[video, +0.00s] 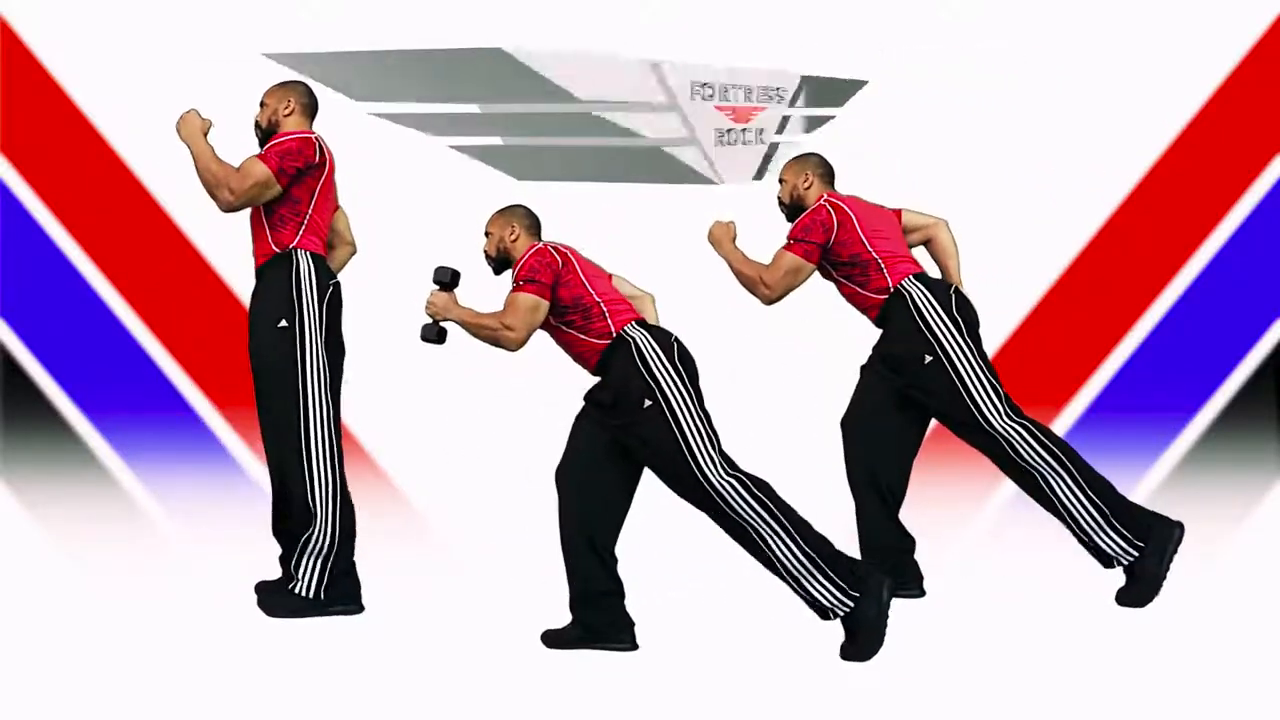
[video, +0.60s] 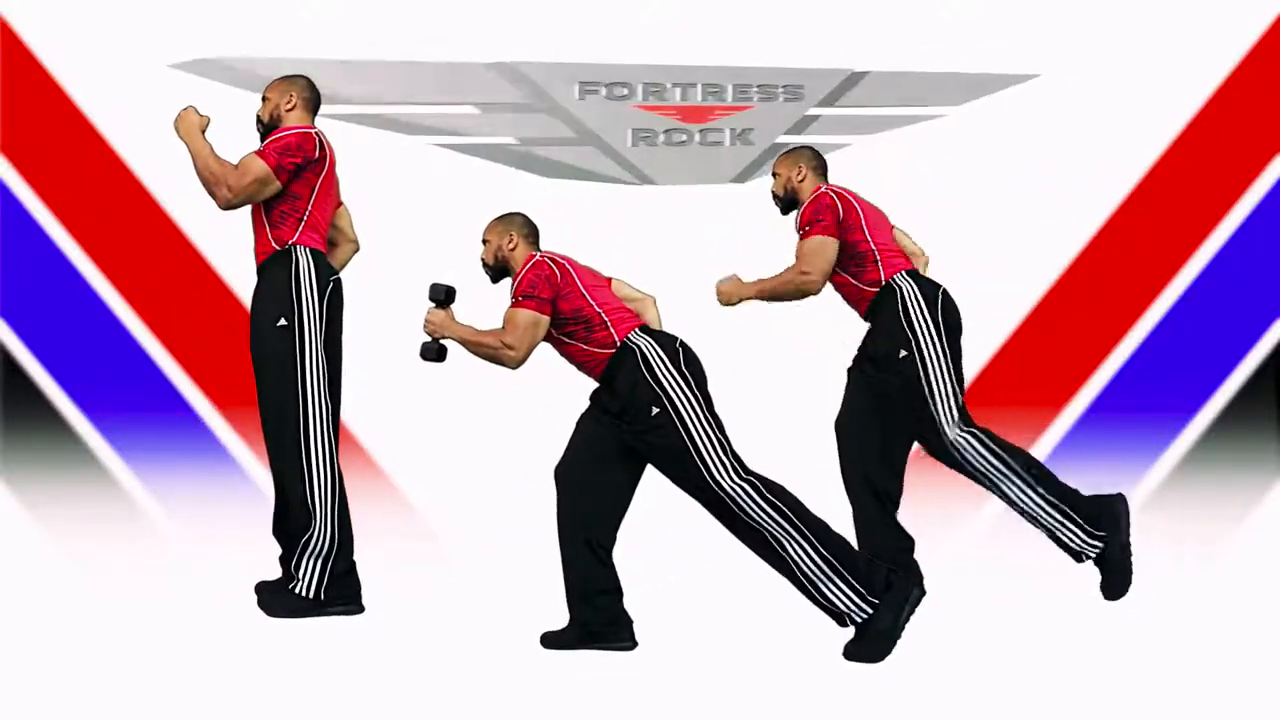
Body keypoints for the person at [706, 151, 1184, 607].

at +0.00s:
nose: (777, 192)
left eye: (784, 182)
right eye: (778, 184)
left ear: (812, 183)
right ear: (817, 186)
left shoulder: (821, 216)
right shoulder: (858, 211)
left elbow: (769, 286)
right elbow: (934, 228)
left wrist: (726, 249)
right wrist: (953, 294)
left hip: (923, 313)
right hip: (910, 323)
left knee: (1004, 433)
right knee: (866, 435)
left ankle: (1141, 537)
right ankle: (892, 566)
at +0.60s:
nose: (772, 186)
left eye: (777, 176)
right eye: (771, 178)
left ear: (803, 173)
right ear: (810, 175)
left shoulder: (822, 203)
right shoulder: (847, 206)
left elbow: (808, 277)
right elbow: (914, 253)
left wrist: (747, 289)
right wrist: (908, 314)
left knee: (949, 433)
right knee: (860, 438)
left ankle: (1092, 526)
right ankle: (890, 575)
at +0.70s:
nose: (775, 178)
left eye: (779, 168)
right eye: (774, 171)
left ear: (804, 163)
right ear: (806, 165)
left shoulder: (830, 188)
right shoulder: (831, 207)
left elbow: (858, 252)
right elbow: (874, 285)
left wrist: (803, 304)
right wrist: (828, 319)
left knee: (885, 423)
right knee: (860, 432)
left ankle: (1008, 508)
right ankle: (890, 570)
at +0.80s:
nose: (781, 167)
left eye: (785, 157)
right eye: (780, 160)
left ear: (810, 152)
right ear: (812, 155)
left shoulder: (842, 176)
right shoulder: (830, 212)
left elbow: (892, 221)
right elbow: (840, 287)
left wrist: (877, 295)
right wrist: (780, 284)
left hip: (904, 286)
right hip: (899, 299)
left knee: (815, 371)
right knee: (881, 430)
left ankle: (882, 491)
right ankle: (892, 573)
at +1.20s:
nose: (793, 153)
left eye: (798, 143)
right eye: (792, 146)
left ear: (822, 139)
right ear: (822, 143)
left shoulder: (854, 161)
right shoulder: (837, 203)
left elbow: (926, 192)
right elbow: (795, 258)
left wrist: (957, 263)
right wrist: (748, 225)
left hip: (897, 277)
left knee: (776, 294)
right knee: (873, 435)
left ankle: (789, 424)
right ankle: (890, 564)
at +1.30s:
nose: (793, 153)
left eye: (798, 143)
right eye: (793, 146)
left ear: (823, 139)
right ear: (822, 142)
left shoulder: (854, 162)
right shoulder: (838, 204)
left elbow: (927, 191)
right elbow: (794, 258)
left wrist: (960, 262)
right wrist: (747, 223)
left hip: (896, 277)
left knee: (777, 292)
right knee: (872, 435)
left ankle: (784, 421)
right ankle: (893, 567)